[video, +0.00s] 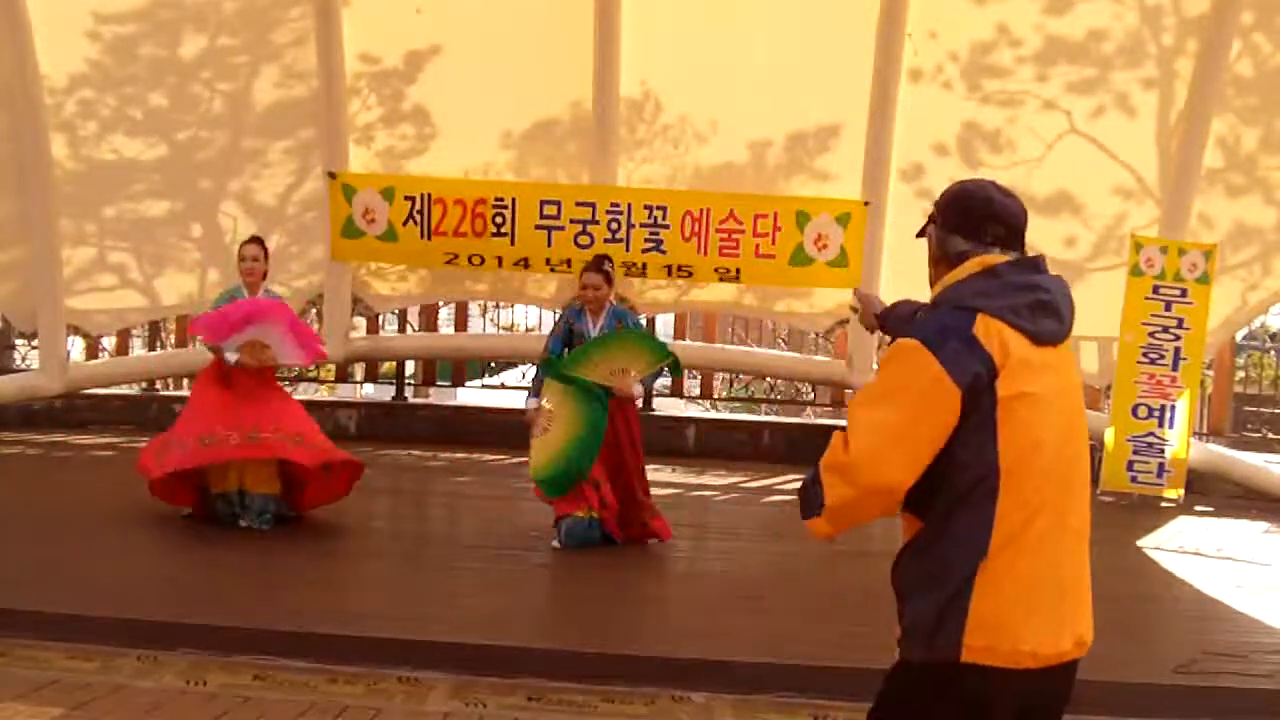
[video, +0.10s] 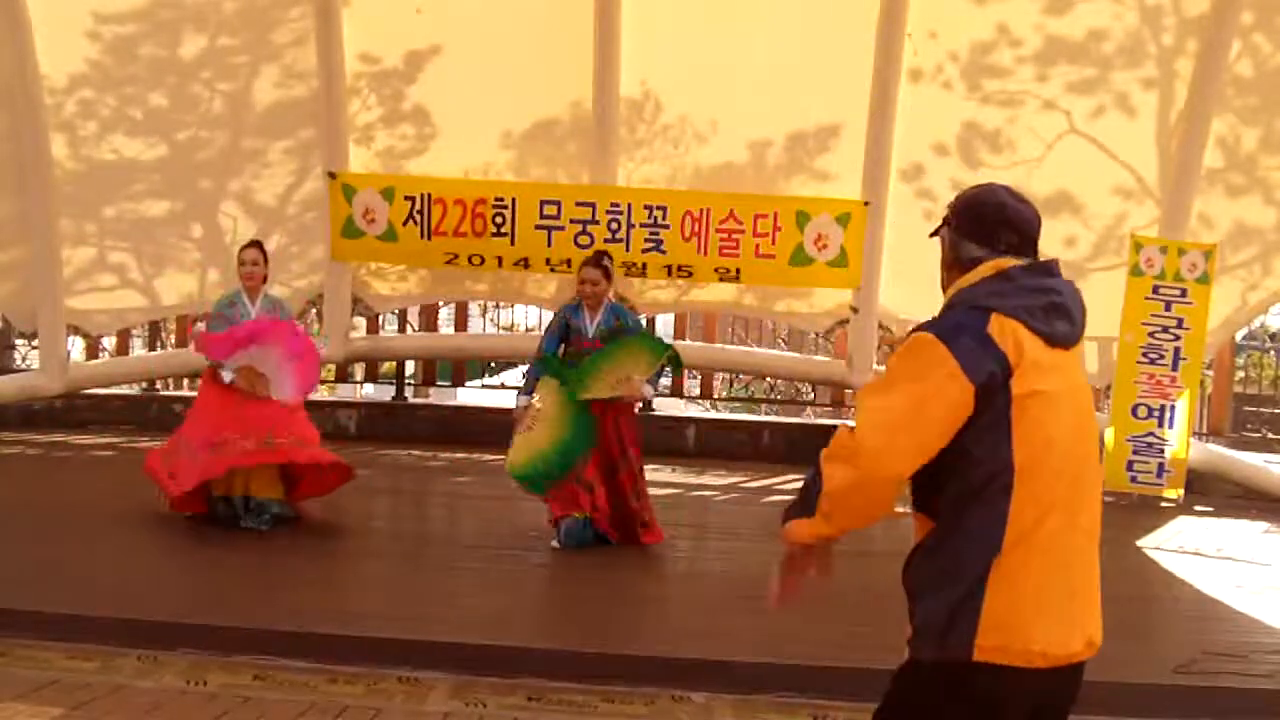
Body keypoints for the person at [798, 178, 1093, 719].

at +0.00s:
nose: (928, 255)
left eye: (929, 239)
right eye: (929, 238)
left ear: (944, 244)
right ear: (1010, 248)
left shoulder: (952, 329)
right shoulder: (1047, 324)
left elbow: (873, 467)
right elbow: (963, 328)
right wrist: (887, 316)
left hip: (970, 652)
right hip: (1054, 647)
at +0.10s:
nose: (941, 258)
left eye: (943, 244)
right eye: (943, 243)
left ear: (952, 249)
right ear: (1020, 256)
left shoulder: (963, 332)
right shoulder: (1054, 338)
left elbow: (872, 453)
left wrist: (810, 524)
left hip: (977, 656)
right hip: (1059, 656)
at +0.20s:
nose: (950, 265)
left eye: (951, 249)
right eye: (952, 248)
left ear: (963, 251)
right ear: (1031, 256)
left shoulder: (972, 331)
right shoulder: (1065, 339)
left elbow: (870, 436)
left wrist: (788, 521)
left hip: (983, 654)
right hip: (1063, 653)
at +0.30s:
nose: (956, 251)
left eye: (958, 235)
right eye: (957, 235)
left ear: (970, 240)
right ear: (1035, 247)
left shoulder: (976, 327)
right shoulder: (1074, 333)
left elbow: (862, 422)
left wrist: (768, 491)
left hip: (984, 646)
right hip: (1065, 647)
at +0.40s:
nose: (964, 243)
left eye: (965, 228)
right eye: (965, 228)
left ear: (979, 230)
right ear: (1049, 237)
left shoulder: (978, 319)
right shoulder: (1092, 326)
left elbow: (852, 406)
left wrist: (750, 460)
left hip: (979, 642)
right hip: (1066, 643)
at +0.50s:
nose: (976, 227)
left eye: (979, 212)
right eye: (979, 212)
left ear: (992, 219)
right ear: (1064, 225)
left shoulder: (984, 310)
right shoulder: (1126, 329)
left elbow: (854, 386)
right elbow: (1150, 436)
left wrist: (735, 397)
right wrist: (1074, 431)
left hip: (972, 628)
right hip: (1065, 632)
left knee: (919, 711)